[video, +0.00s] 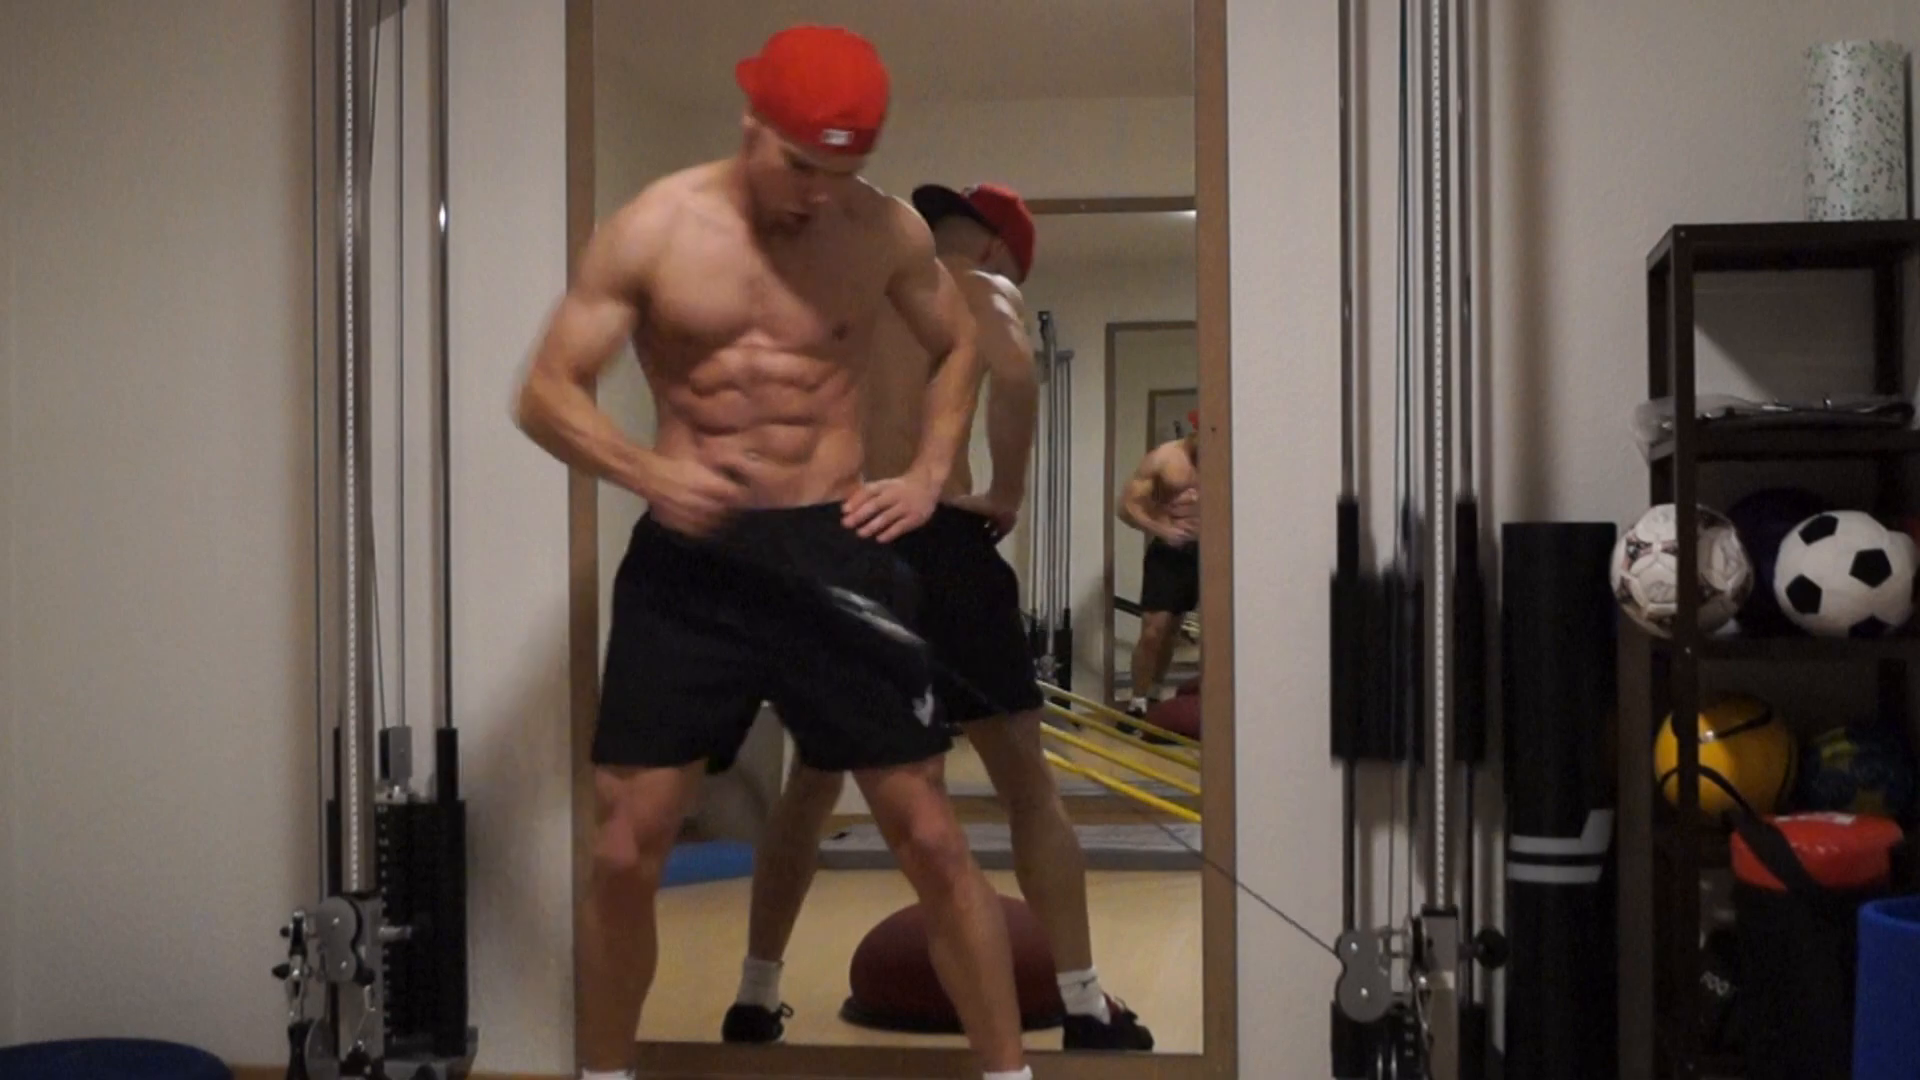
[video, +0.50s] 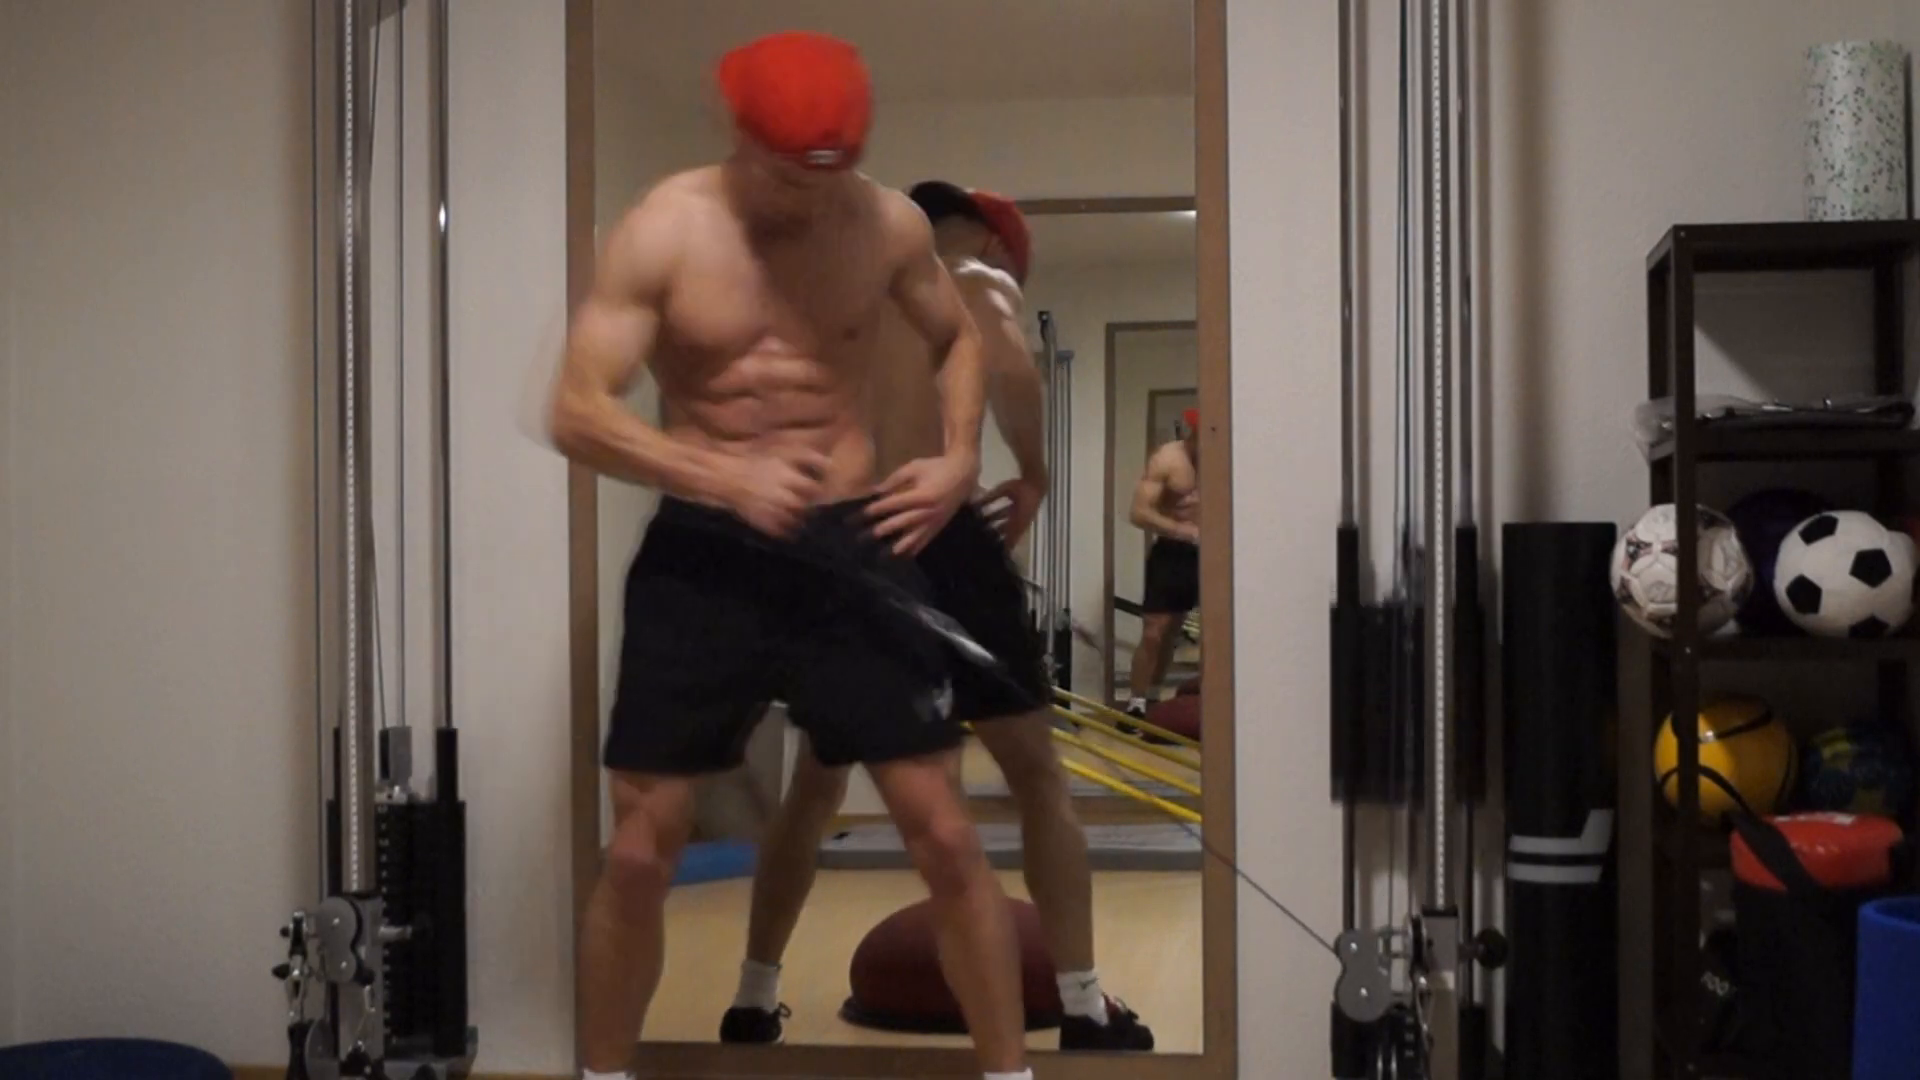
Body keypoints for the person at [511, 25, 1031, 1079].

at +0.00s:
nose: (820, 192)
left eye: (842, 172)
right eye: (801, 166)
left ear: (863, 151)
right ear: (752, 121)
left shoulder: (885, 232)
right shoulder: (655, 225)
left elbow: (960, 345)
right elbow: (544, 392)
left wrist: (930, 474)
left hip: (842, 561)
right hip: (687, 568)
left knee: (931, 839)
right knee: (621, 853)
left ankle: (1006, 1073)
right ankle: (604, 1075)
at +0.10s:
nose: (734, 187)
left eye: (759, 172)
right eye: (722, 164)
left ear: (805, 155)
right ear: (698, 133)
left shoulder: (860, 242)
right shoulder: (626, 225)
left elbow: (975, 344)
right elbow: (512, 324)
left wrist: (913, 483)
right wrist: (531, 386)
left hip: (817, 558)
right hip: (668, 555)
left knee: (908, 843)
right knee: (601, 849)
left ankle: (1003, 1073)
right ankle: (602, 1075)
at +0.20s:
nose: (694, 206)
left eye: (719, 190)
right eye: (680, 182)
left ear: (772, 161)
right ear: (660, 150)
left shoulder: (832, 242)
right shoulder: (617, 223)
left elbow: (973, 354)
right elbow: (519, 301)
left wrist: (894, 499)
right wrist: (518, 355)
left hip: (798, 561)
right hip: (657, 551)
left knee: (888, 842)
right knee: (589, 844)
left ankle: (993, 1074)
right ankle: (599, 1075)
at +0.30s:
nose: (689, 205)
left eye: (713, 187)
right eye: (673, 181)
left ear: (763, 158)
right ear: (652, 153)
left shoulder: (827, 240)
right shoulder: (616, 224)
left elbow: (971, 359)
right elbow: (506, 324)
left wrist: (895, 504)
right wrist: (538, 383)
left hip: (801, 566)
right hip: (659, 551)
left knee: (889, 843)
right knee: (595, 844)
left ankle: (993, 1074)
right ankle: (600, 1076)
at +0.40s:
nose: (724, 198)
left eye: (747, 180)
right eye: (706, 176)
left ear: (789, 151)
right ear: (678, 145)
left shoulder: (850, 233)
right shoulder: (625, 228)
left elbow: (979, 343)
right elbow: (506, 363)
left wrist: (918, 483)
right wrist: (585, 417)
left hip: (820, 565)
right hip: (670, 562)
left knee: (908, 847)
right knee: (607, 847)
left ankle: (997, 1073)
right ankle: (602, 1076)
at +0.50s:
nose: (810, 190)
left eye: (830, 172)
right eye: (791, 170)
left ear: (853, 148)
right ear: (740, 135)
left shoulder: (888, 224)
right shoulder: (665, 227)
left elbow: (958, 334)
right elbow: (575, 409)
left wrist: (959, 458)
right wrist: (726, 473)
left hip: (853, 554)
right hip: (702, 561)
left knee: (945, 837)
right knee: (636, 855)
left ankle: (1009, 1074)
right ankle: (601, 1076)